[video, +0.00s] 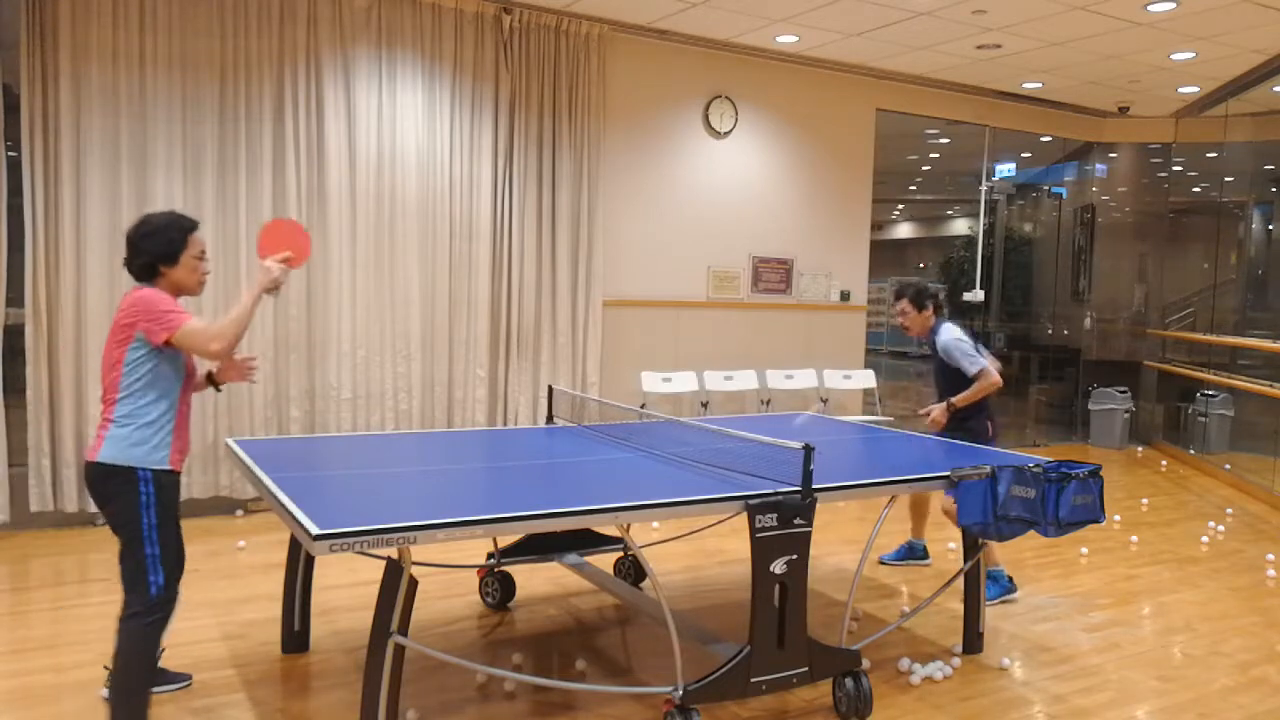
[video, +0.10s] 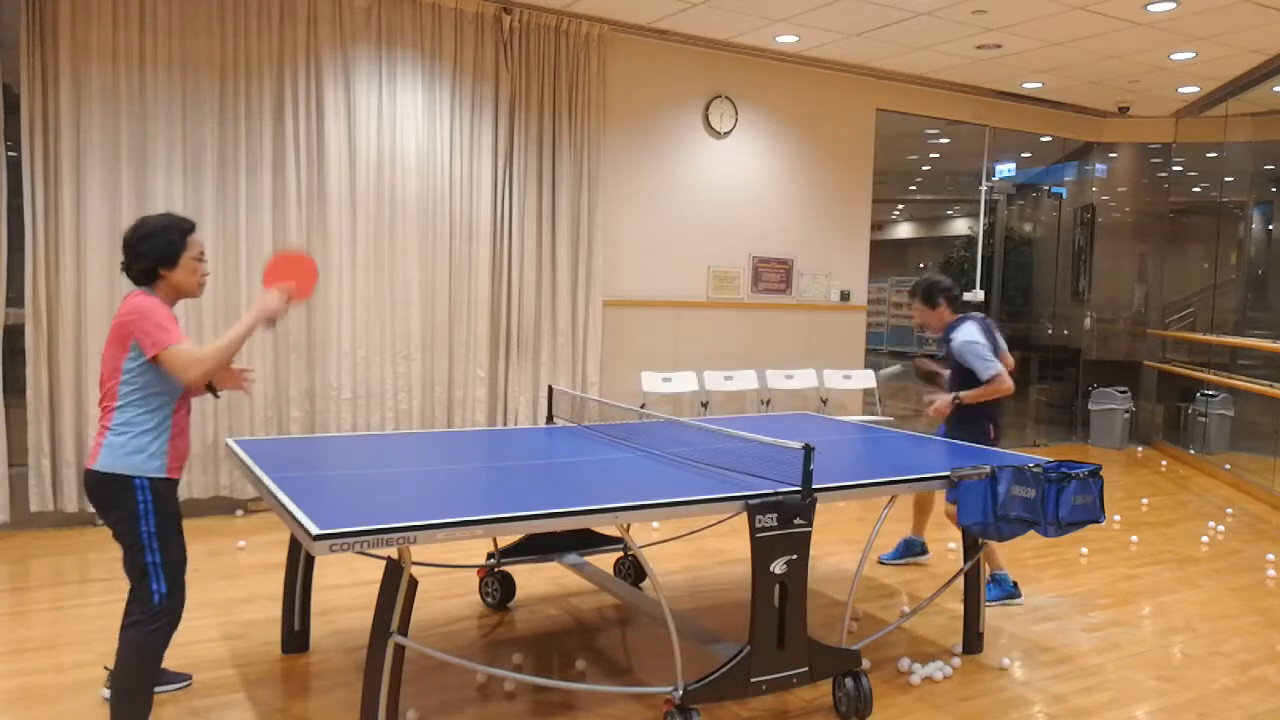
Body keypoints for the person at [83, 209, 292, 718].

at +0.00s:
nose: (207, 264)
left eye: (205, 254)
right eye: (197, 255)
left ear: (168, 262)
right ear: (165, 262)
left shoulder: (159, 308)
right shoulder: (146, 302)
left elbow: (158, 389)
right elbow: (217, 343)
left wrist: (212, 377)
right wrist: (258, 288)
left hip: (148, 464)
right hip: (132, 465)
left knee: (165, 568)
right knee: (150, 588)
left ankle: (136, 667)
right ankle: (128, 705)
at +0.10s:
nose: (205, 266)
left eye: (203, 257)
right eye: (196, 258)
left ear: (166, 265)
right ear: (164, 266)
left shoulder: (156, 311)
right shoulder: (143, 309)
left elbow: (156, 388)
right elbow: (192, 367)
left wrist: (210, 383)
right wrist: (256, 316)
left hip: (142, 471)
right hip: (131, 474)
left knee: (157, 578)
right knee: (162, 597)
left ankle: (133, 669)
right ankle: (129, 706)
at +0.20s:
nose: (210, 269)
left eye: (207, 258)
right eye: (200, 261)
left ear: (169, 273)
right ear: (167, 273)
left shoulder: (170, 320)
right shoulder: (136, 318)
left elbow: (168, 389)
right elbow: (141, 399)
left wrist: (216, 388)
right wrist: (217, 382)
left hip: (150, 480)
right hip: (119, 482)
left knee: (177, 565)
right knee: (153, 602)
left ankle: (135, 667)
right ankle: (124, 708)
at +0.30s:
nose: (219, 290)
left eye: (217, 279)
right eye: (210, 281)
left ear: (180, 292)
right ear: (176, 292)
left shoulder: (191, 333)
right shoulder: (129, 339)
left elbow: (202, 386)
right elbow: (82, 419)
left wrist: (213, 392)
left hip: (148, 488)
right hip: (100, 492)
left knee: (188, 570)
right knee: (147, 611)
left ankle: (137, 668)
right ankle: (126, 707)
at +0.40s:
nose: (230, 327)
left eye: (229, 315)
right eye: (221, 317)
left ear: (194, 326)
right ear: (185, 325)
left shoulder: (202, 365)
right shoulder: (125, 368)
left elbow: (221, 429)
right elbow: (62, 427)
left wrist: (223, 420)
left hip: (147, 510)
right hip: (97, 512)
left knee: (192, 579)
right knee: (155, 615)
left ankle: (132, 673)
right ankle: (126, 707)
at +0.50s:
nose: (236, 348)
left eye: (237, 337)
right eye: (227, 339)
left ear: (196, 343)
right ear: (190, 342)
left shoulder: (203, 382)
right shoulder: (133, 380)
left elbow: (199, 450)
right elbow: (82, 438)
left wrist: (213, 438)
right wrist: (52, 463)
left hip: (134, 514)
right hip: (81, 516)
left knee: (193, 578)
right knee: (155, 619)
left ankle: (134, 673)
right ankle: (129, 709)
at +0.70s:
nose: (217, 314)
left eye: (218, 305)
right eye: (210, 305)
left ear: (180, 307)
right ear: (177, 307)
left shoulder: (163, 350)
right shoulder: (142, 338)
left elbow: (155, 422)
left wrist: (200, 401)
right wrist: (244, 328)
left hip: (125, 502)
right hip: (91, 506)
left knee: (180, 571)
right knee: (167, 616)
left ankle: (132, 675)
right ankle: (133, 709)